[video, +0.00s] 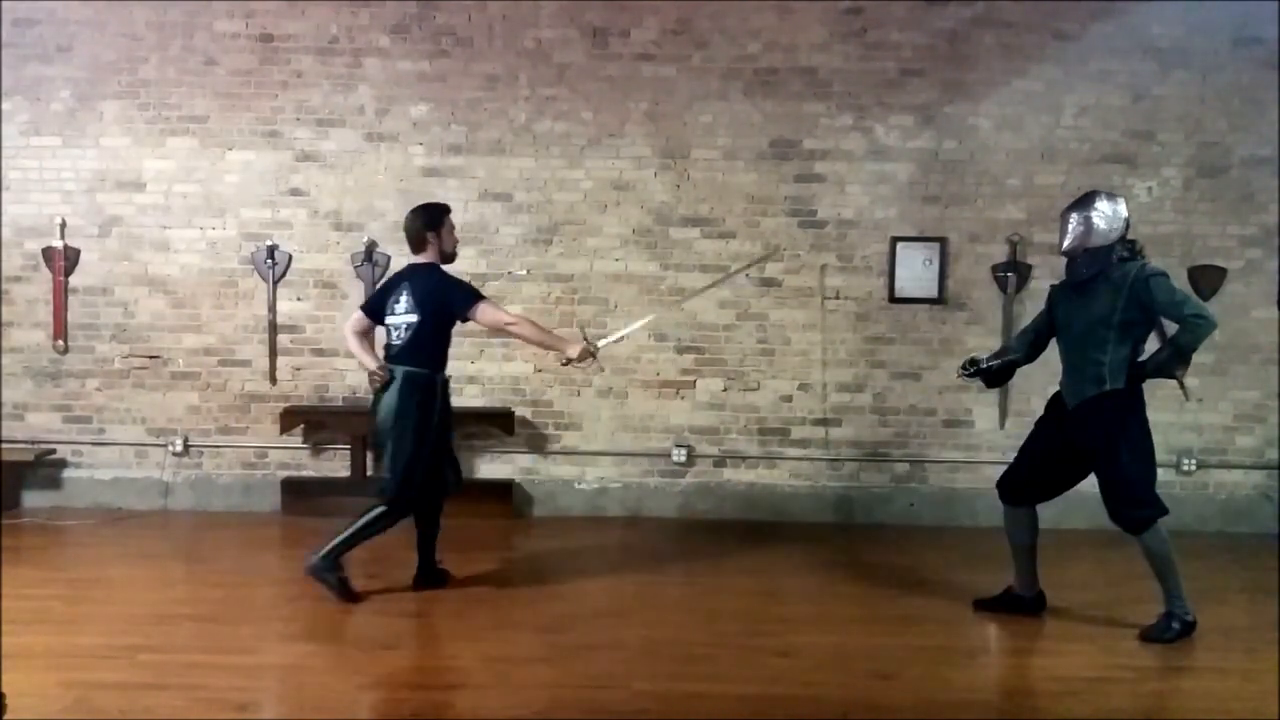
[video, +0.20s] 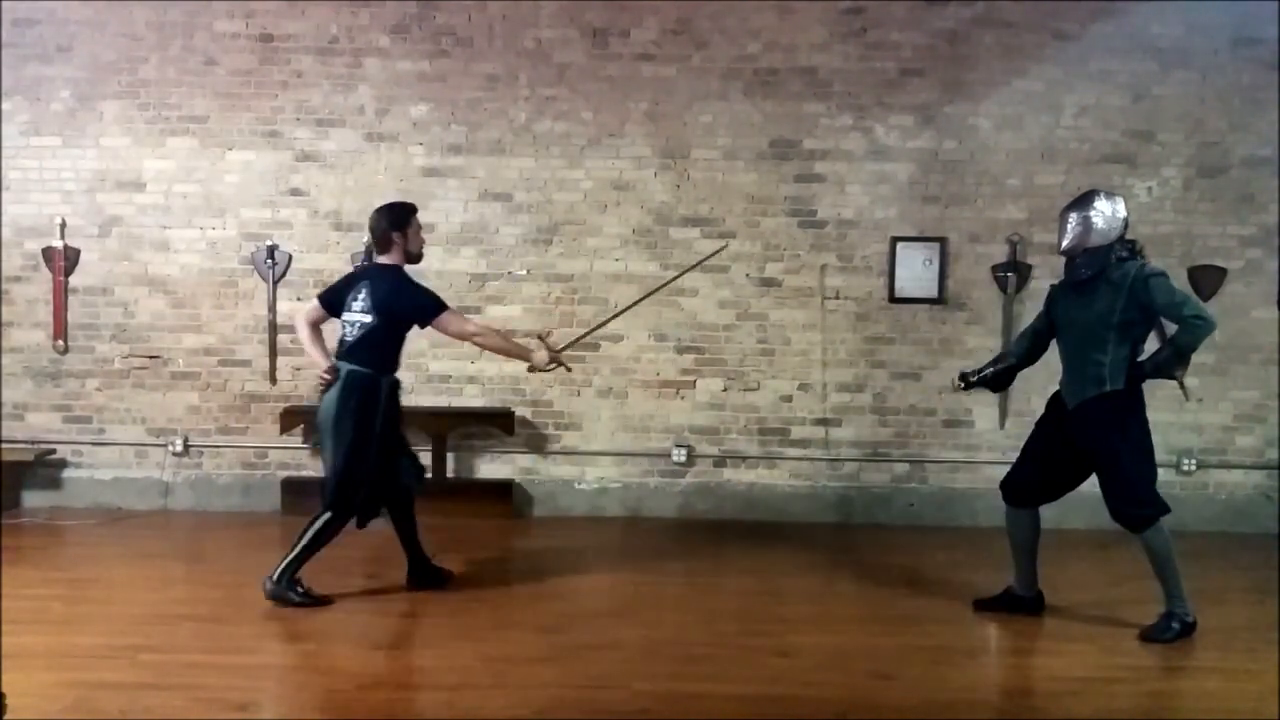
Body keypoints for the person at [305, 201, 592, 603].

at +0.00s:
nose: (457, 237)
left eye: (454, 229)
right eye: (451, 230)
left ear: (419, 240)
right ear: (434, 237)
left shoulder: (395, 284)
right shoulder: (443, 284)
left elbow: (354, 329)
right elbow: (507, 322)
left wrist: (374, 366)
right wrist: (564, 345)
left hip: (399, 395)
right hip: (418, 396)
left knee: (435, 482)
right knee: (407, 495)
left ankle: (427, 568)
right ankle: (327, 559)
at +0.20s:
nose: (424, 238)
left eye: (421, 230)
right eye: (418, 231)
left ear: (385, 240)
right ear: (398, 238)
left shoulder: (356, 280)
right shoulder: (402, 288)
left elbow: (306, 318)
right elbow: (469, 330)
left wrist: (323, 362)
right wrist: (529, 355)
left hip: (353, 396)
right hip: (364, 399)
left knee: (399, 481)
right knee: (351, 496)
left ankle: (419, 567)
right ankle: (283, 577)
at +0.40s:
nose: (391, 238)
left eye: (389, 229)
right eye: (386, 230)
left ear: (352, 239)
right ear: (365, 238)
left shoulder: (320, 275)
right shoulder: (365, 292)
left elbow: (266, 312)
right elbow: (431, 341)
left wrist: (275, 356)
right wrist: (482, 364)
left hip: (290, 387)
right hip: (315, 395)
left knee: (346, 470)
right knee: (327, 491)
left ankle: (335, 562)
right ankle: (279, 582)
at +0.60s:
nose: (363, 237)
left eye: (360, 229)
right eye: (357, 230)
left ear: (323, 239)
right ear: (335, 238)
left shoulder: (293, 278)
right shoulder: (338, 298)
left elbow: (248, 314)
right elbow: (397, 348)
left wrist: (250, 359)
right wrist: (451, 375)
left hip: (255, 392)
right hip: (287, 400)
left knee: (253, 480)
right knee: (314, 495)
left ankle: (205, 558)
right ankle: (277, 583)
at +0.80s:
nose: (340, 244)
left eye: (336, 235)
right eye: (333, 236)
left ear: (304, 246)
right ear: (312, 245)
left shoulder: (278, 285)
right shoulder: (310, 305)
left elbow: (234, 321)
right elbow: (370, 358)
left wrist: (231, 363)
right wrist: (425, 384)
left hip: (234, 397)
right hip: (266, 407)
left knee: (191, 479)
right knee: (307, 493)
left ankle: (138, 555)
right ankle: (277, 584)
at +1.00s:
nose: (317, 252)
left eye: (314, 244)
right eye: (310, 245)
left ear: (281, 253)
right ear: (288, 252)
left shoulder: (252, 293)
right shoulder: (286, 310)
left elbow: (210, 331)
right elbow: (349, 366)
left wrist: (206, 370)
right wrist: (407, 397)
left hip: (207, 405)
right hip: (241, 413)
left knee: (164, 487)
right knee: (298, 491)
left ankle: (113, 569)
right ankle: (277, 584)